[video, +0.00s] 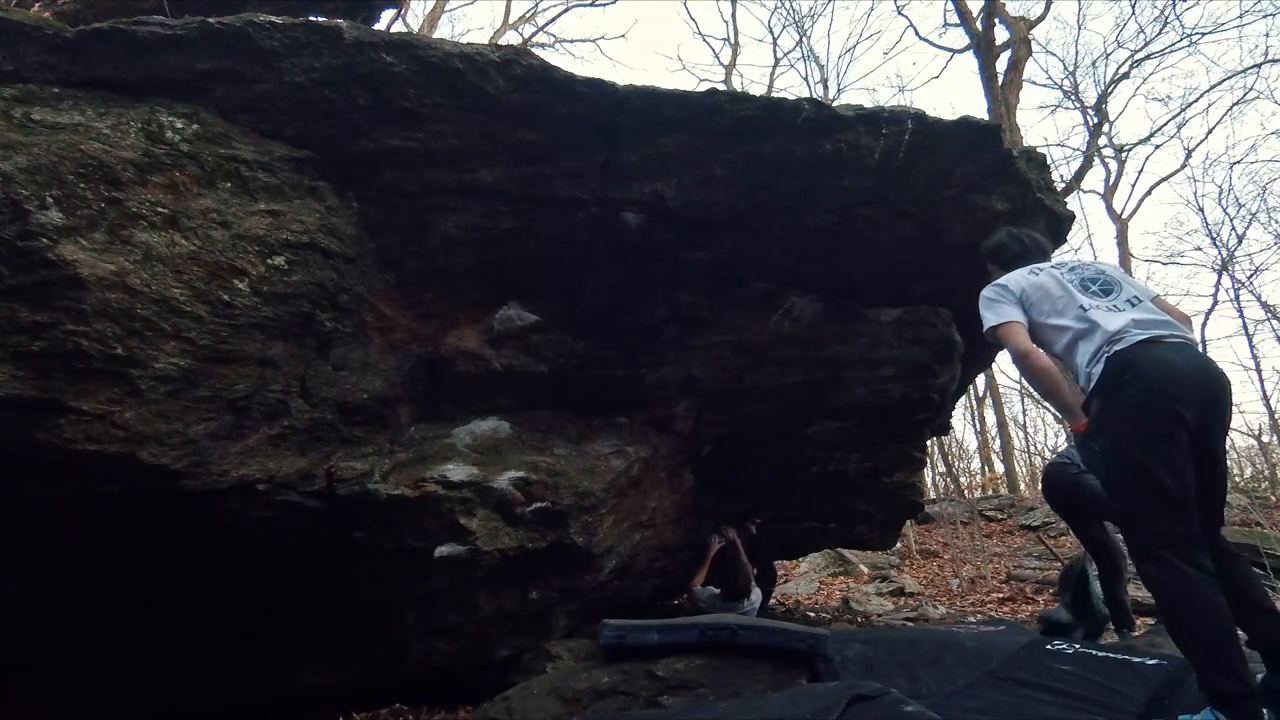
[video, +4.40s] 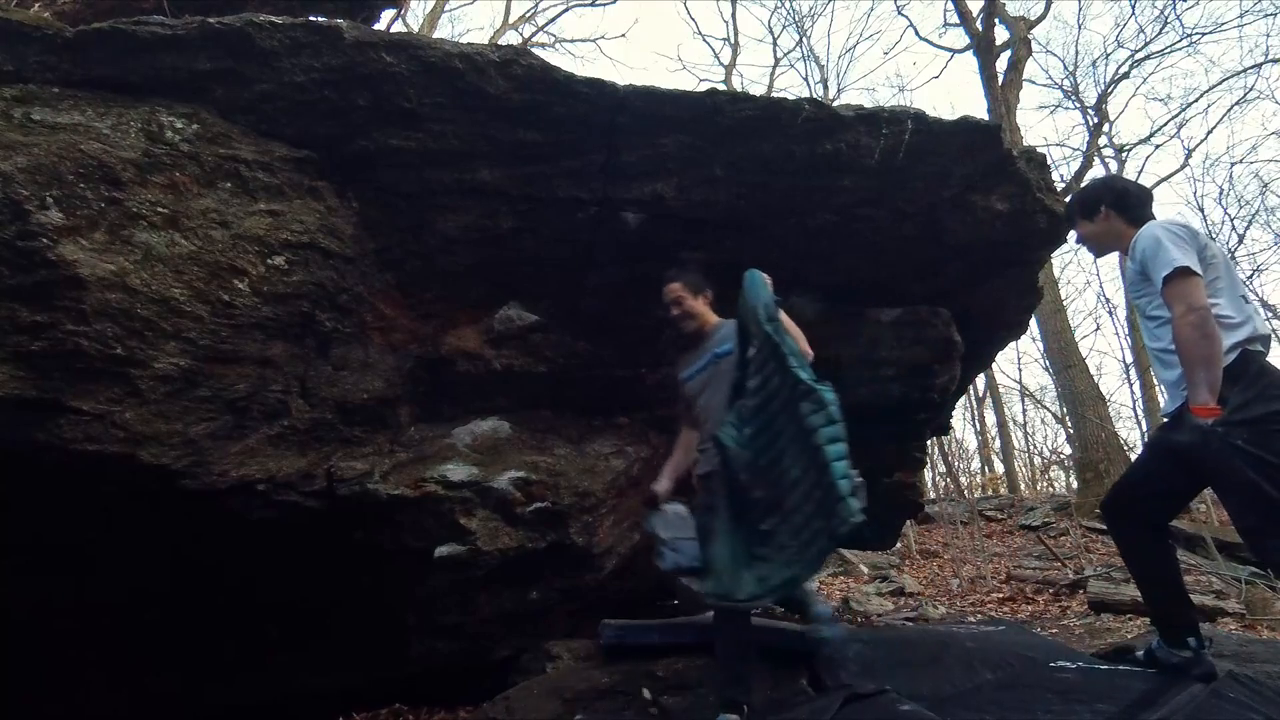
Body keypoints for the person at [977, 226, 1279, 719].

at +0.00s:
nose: (991, 281)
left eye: (990, 276)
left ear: (997, 271)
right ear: (1043, 255)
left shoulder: (1000, 288)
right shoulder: (1098, 268)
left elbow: (1025, 352)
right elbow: (1179, 317)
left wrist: (1074, 416)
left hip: (1135, 379)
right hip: (1202, 370)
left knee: (1164, 553)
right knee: (1207, 536)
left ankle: (1234, 703)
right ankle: (1276, 657)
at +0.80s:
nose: (1039, 265)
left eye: (1037, 256)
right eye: (1035, 258)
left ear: (1049, 244)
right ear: (1093, 239)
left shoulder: (1065, 260)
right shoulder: (1140, 266)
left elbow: (1095, 334)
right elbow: (1180, 328)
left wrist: (1116, 417)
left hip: (1169, 384)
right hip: (1227, 384)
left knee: (1175, 547)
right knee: (1248, 536)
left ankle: (1240, 694)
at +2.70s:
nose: (1098, 254)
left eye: (1095, 243)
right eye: (1092, 249)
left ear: (1111, 216)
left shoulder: (1143, 230)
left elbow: (1159, 310)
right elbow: (1136, 334)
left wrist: (1153, 399)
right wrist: (1064, 319)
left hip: (1204, 390)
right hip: (1231, 390)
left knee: (1222, 533)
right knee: (1256, 526)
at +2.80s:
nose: (1096, 249)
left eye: (1091, 238)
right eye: (1089, 245)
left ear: (1108, 212)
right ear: (1114, 213)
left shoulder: (1153, 228)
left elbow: (1170, 308)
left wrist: (1161, 399)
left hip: (1204, 390)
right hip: (1222, 387)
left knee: (1244, 539)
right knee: (1247, 536)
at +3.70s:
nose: (1103, 232)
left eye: (1098, 218)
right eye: (1094, 227)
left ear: (1122, 188)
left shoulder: (1191, 224)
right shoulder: (1163, 245)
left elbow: (1231, 312)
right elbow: (1202, 327)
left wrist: (1211, 408)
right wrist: (1185, 412)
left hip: (1238, 404)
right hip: (1199, 416)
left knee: (1271, 539)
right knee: (1167, 532)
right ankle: (1276, 624)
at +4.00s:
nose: (1083, 221)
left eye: (1085, 208)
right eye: (1081, 211)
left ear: (1108, 197)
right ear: (1116, 199)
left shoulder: (1161, 227)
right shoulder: (1159, 236)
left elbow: (1198, 314)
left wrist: (1199, 409)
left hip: (1241, 390)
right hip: (1213, 402)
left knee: (1271, 533)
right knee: (1133, 498)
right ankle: (1213, 624)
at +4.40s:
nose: (1077, 237)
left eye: (1079, 224)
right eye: (1075, 228)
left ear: (1105, 213)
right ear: (1110, 217)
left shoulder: (1156, 235)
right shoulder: (1143, 256)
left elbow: (1195, 313)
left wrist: (1204, 407)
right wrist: (1183, 409)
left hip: (1238, 395)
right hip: (1199, 411)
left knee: (1271, 541)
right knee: (1126, 509)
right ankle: (1180, 642)